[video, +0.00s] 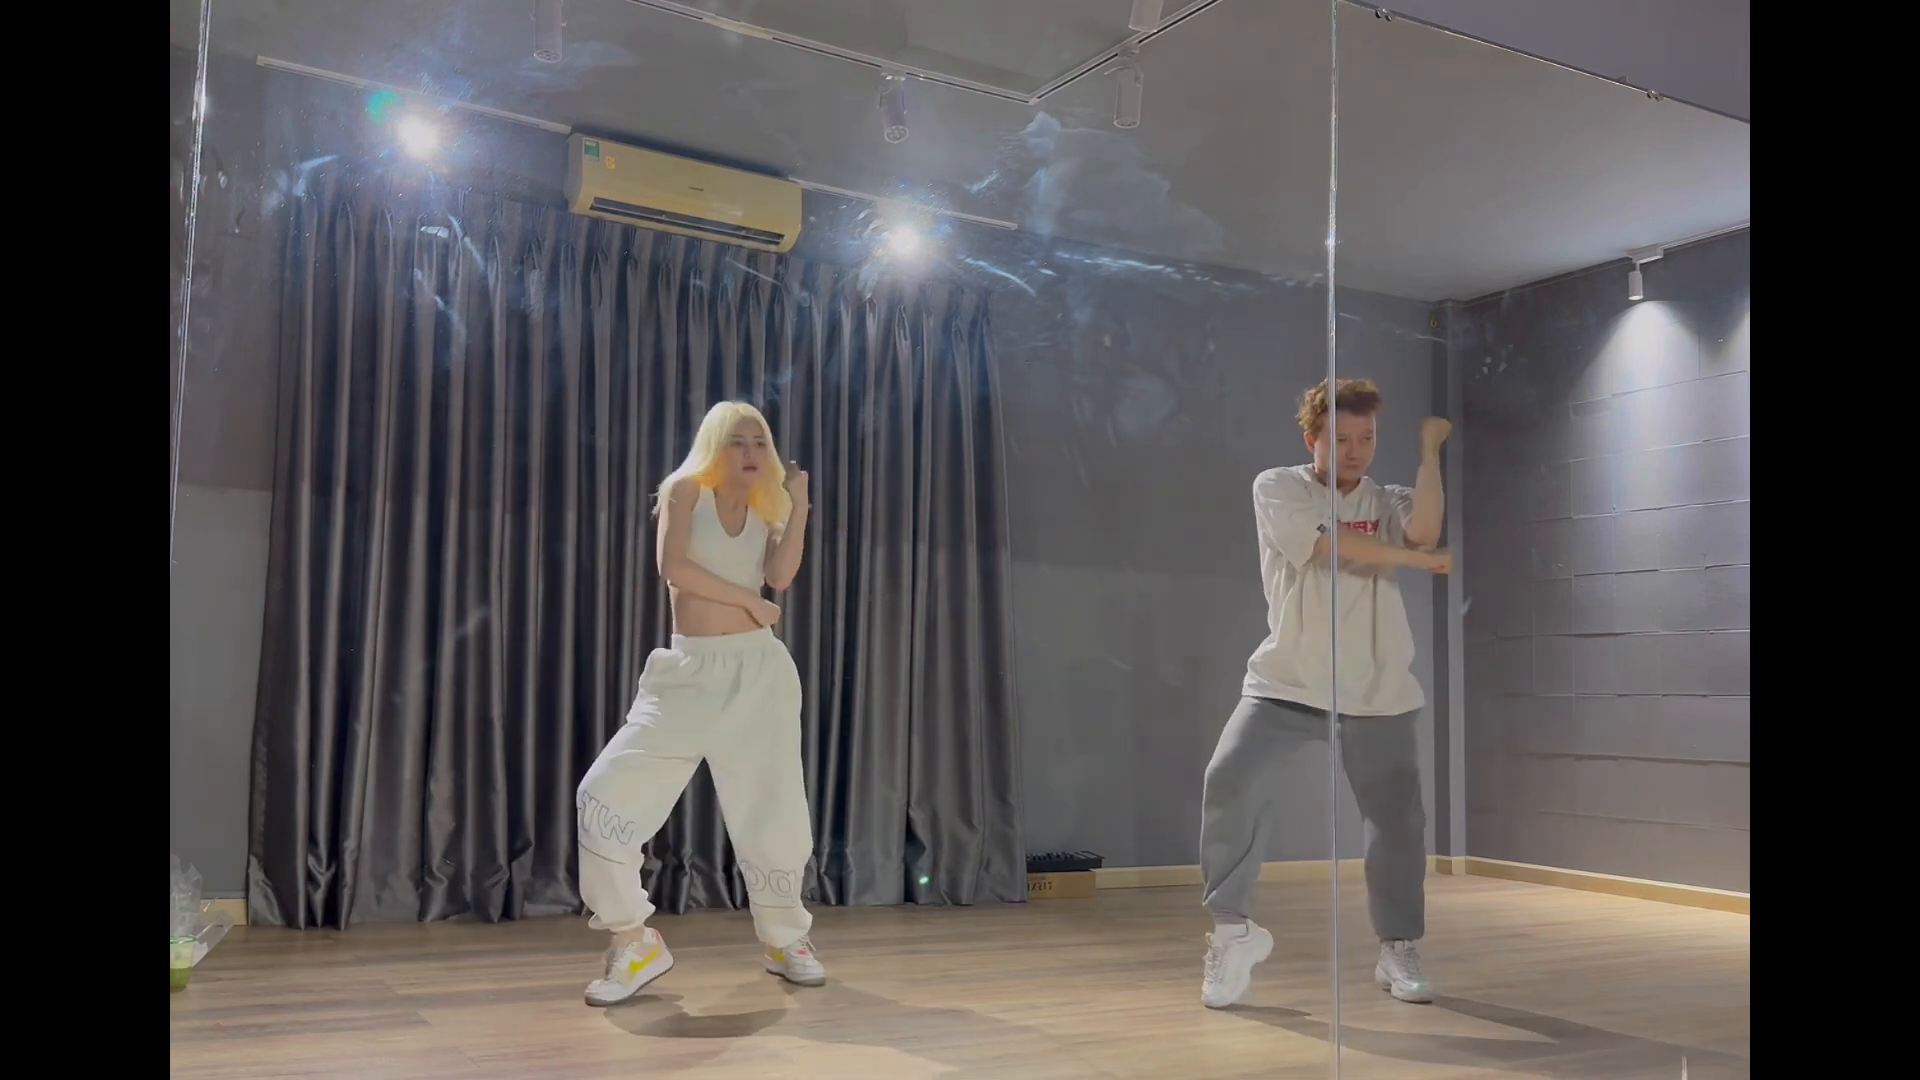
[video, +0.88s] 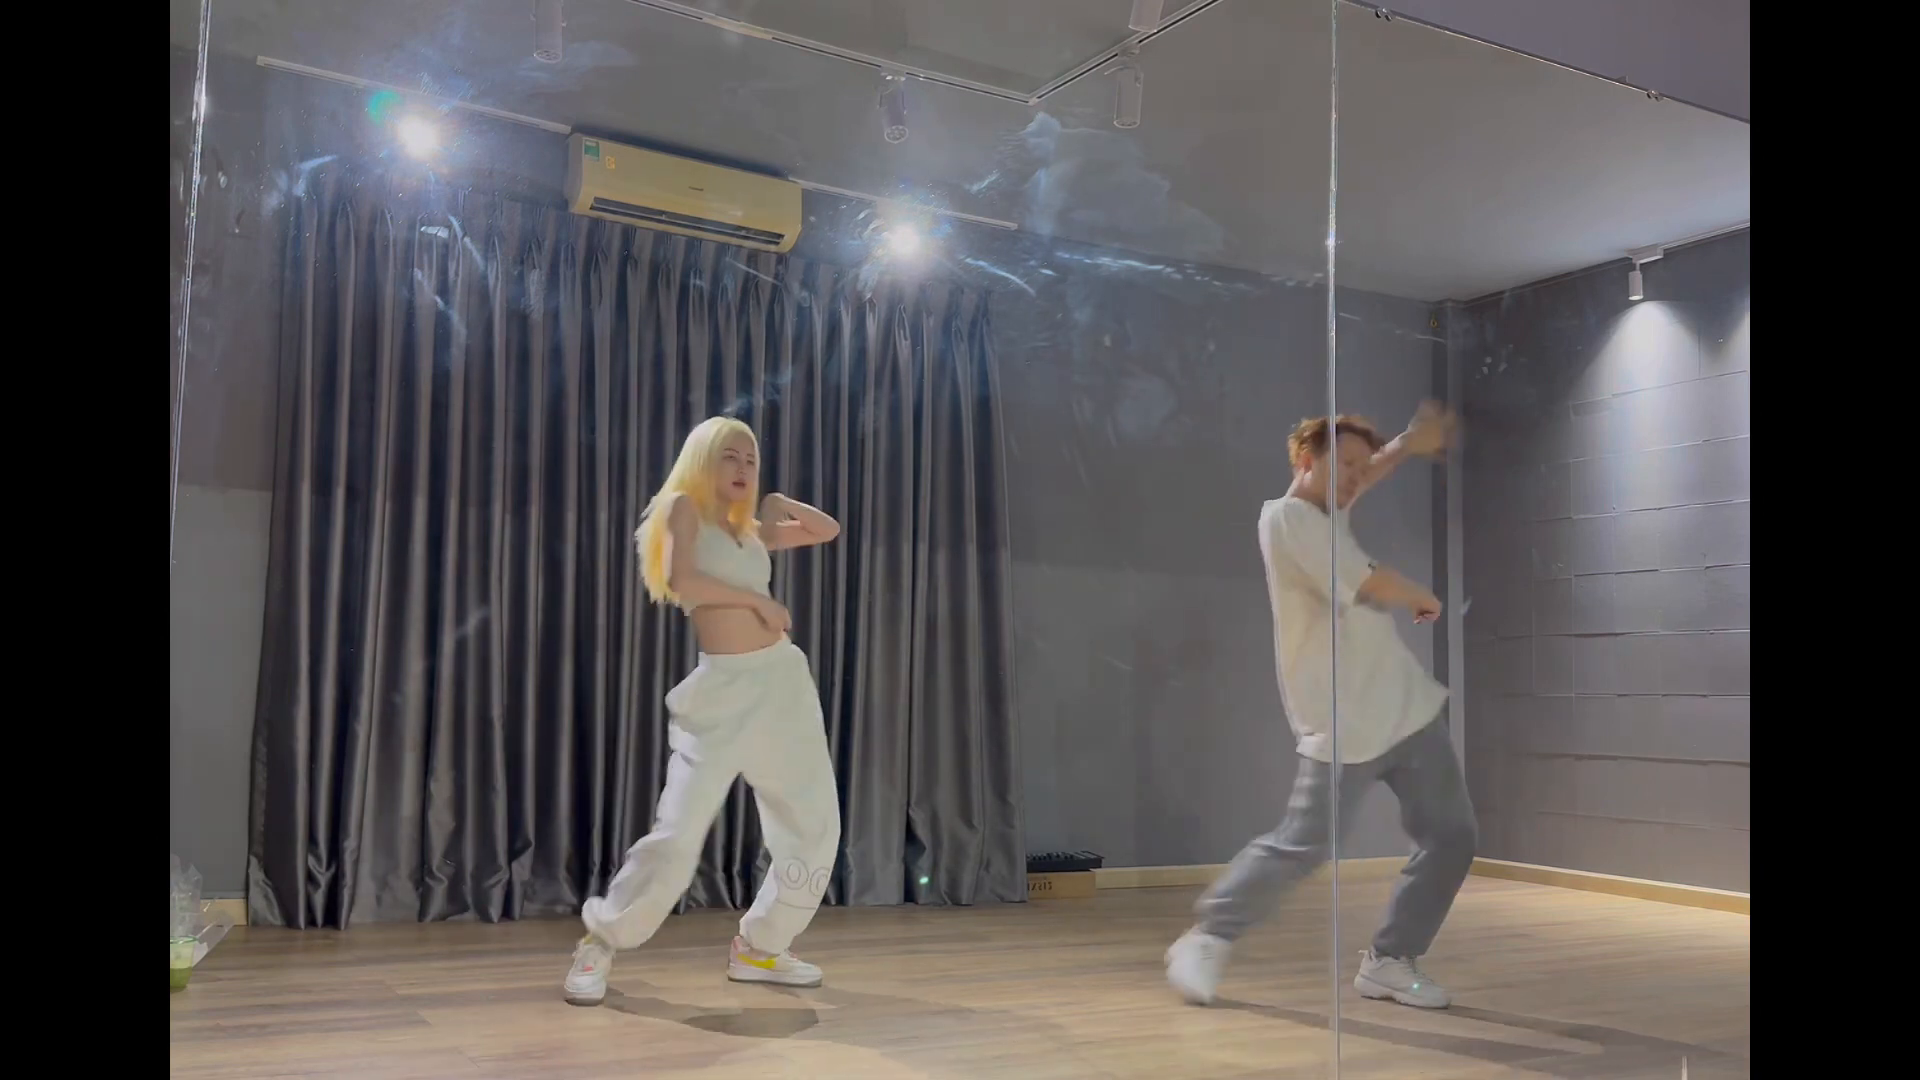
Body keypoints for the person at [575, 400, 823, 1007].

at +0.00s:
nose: (751, 451)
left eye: (759, 442)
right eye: (738, 442)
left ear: (770, 451)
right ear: (714, 450)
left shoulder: (771, 506)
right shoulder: (685, 490)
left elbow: (780, 577)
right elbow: (675, 570)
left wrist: (799, 512)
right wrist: (750, 600)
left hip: (760, 677)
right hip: (685, 678)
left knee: (773, 810)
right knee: (603, 798)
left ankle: (786, 941)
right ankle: (637, 942)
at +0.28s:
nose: (739, 459)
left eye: (746, 449)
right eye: (727, 448)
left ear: (754, 459)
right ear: (701, 453)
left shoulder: (746, 515)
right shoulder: (678, 489)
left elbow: (790, 549)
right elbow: (672, 570)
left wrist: (808, 490)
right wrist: (742, 608)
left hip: (751, 680)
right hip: (680, 683)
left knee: (791, 814)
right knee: (622, 812)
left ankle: (789, 944)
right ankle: (635, 946)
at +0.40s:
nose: (725, 444)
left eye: (736, 435)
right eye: (714, 432)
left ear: (747, 443)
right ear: (686, 437)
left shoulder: (752, 499)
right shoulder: (666, 493)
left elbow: (761, 483)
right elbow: (676, 576)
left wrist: (762, 419)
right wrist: (746, 593)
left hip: (730, 672)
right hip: (670, 664)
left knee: (790, 801)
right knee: (636, 812)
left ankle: (780, 939)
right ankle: (582, 943)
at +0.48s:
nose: (724, 457)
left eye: (733, 447)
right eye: (712, 445)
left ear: (744, 459)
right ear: (685, 451)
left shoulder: (755, 511)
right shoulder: (661, 516)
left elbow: (737, 590)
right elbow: (680, 596)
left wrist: (742, 618)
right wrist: (751, 608)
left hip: (719, 680)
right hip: (664, 669)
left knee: (785, 802)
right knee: (632, 809)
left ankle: (778, 939)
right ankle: (579, 946)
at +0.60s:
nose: (716, 465)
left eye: (727, 458)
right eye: (702, 453)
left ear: (738, 471)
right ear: (669, 461)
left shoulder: (745, 510)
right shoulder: (651, 514)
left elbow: (726, 539)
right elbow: (668, 605)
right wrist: (739, 616)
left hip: (721, 692)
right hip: (657, 681)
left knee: (789, 812)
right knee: (627, 824)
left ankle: (780, 942)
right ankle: (583, 950)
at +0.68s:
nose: (720, 467)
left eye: (729, 459)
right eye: (707, 454)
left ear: (738, 471)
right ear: (673, 464)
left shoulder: (737, 509)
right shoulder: (650, 522)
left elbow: (782, 533)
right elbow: (667, 606)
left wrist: (703, 501)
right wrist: (740, 615)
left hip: (734, 693)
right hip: (666, 685)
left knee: (801, 819)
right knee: (628, 826)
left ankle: (771, 940)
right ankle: (589, 950)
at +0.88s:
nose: (743, 468)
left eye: (751, 459)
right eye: (731, 457)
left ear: (756, 471)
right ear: (702, 463)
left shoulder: (754, 530)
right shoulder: (684, 508)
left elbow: (826, 530)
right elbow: (682, 583)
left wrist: (777, 502)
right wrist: (758, 602)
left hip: (785, 687)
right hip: (721, 692)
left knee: (814, 830)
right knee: (675, 841)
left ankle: (758, 948)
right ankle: (597, 947)